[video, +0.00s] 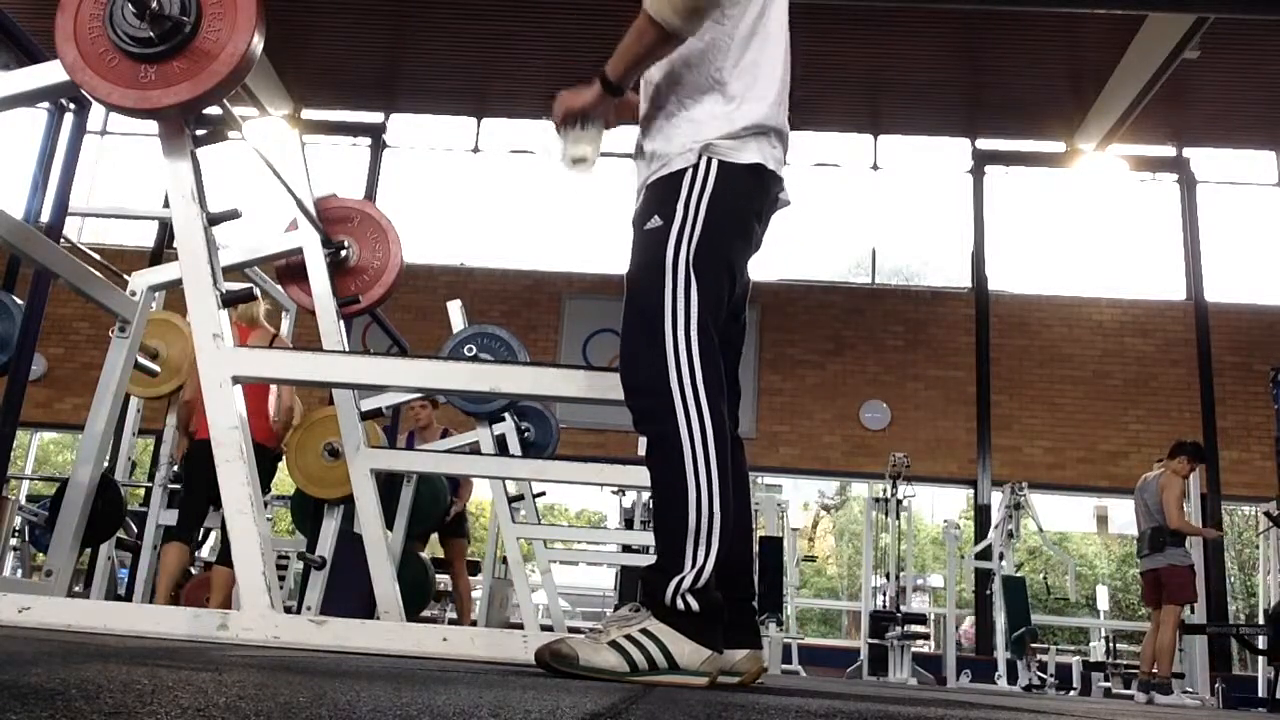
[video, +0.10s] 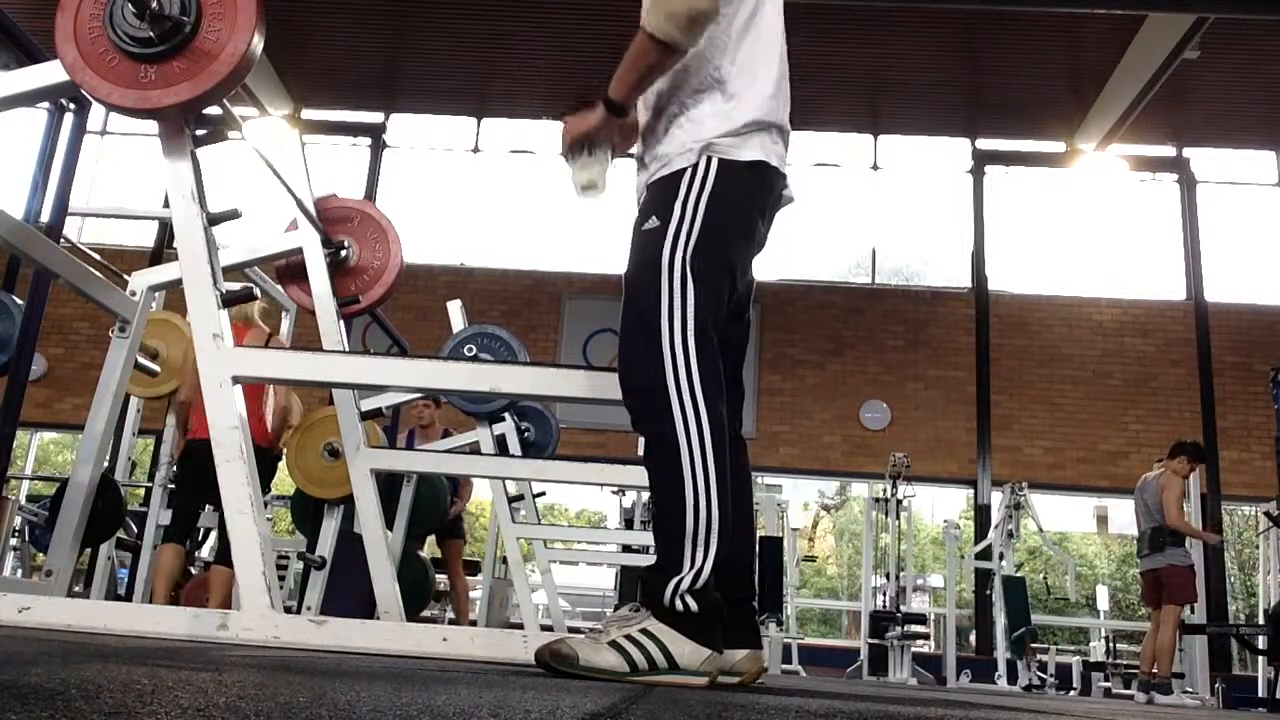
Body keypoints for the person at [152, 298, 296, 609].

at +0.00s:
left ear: (231, 309)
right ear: (264, 311)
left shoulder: (210, 335)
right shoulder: (280, 344)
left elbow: (189, 395)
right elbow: (285, 407)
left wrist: (183, 433)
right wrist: (275, 440)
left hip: (207, 444)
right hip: (258, 450)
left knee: (186, 521)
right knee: (236, 531)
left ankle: (160, 605)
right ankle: (216, 616)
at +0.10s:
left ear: (224, 305)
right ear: (259, 307)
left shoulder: (203, 336)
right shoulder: (275, 343)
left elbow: (185, 394)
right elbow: (282, 406)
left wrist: (182, 434)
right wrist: (272, 443)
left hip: (202, 447)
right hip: (254, 452)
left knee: (179, 526)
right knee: (233, 534)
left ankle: (159, 609)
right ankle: (215, 619)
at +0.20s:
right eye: (256, 300)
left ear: (216, 303)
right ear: (254, 306)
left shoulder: (196, 336)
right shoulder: (268, 342)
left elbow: (183, 397)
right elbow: (278, 404)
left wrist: (184, 431)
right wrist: (272, 443)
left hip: (195, 445)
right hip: (244, 450)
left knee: (176, 526)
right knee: (229, 533)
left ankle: (159, 612)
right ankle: (215, 620)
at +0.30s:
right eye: (256, 320)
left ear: (216, 311)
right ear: (251, 319)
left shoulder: (192, 340)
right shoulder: (264, 346)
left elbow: (178, 395)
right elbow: (273, 406)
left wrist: (182, 432)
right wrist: (272, 444)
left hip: (190, 445)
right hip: (240, 450)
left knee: (174, 527)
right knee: (227, 533)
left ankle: (159, 612)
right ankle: (215, 620)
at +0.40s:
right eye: (250, 303)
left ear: (211, 303)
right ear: (248, 306)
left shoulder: (188, 338)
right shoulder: (259, 346)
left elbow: (174, 399)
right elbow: (270, 406)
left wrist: (175, 426)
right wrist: (270, 445)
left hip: (182, 448)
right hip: (231, 452)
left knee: (174, 527)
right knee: (224, 534)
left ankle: (159, 611)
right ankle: (215, 620)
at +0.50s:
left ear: (216, 314)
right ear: (248, 324)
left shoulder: (186, 342)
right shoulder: (253, 350)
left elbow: (172, 400)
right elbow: (263, 408)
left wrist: (178, 429)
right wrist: (271, 444)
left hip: (173, 444)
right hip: (222, 446)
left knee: (171, 527)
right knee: (221, 532)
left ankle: (159, 612)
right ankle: (215, 620)